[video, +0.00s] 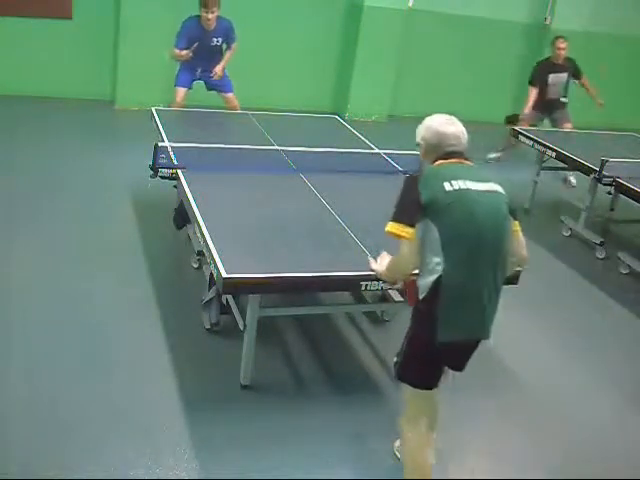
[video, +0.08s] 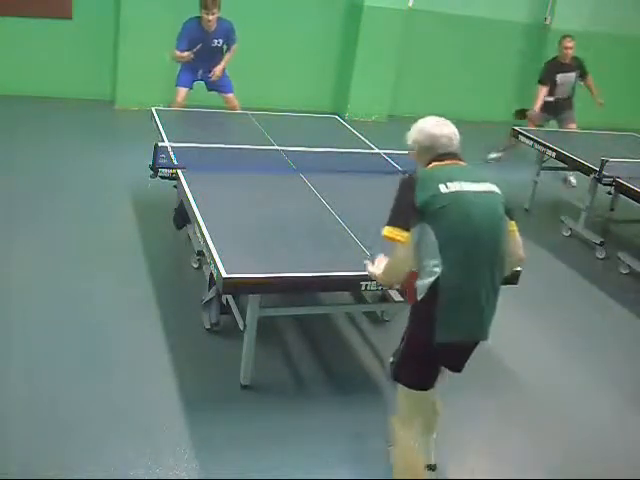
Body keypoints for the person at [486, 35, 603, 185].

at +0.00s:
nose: (561, 52)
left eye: (563, 49)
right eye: (558, 49)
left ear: (566, 50)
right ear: (553, 49)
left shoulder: (570, 65)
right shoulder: (541, 66)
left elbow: (583, 82)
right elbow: (533, 90)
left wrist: (596, 99)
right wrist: (526, 110)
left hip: (558, 106)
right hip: (540, 105)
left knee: (568, 133)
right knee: (520, 129)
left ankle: (569, 172)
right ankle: (502, 153)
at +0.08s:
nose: (568, 52)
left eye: (571, 48)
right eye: (565, 48)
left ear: (574, 49)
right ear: (560, 48)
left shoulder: (577, 64)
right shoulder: (551, 65)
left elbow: (586, 79)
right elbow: (543, 88)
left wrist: (596, 97)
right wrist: (535, 109)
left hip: (565, 105)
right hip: (547, 104)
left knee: (572, 135)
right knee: (526, 131)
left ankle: (569, 172)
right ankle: (503, 152)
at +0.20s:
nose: (581, 47)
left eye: (584, 44)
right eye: (578, 44)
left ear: (587, 45)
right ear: (573, 45)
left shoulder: (589, 61)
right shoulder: (565, 61)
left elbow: (593, 80)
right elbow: (564, 86)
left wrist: (601, 97)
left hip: (571, 104)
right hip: (553, 102)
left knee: (574, 135)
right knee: (531, 128)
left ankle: (569, 172)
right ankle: (506, 149)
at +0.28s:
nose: (585, 46)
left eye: (588, 42)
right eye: (582, 42)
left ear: (591, 44)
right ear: (576, 43)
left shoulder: (590, 59)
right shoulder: (568, 62)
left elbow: (590, 78)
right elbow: (569, 81)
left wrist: (601, 94)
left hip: (572, 102)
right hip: (554, 100)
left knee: (574, 134)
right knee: (532, 127)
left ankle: (569, 171)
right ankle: (509, 147)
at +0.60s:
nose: (579, 44)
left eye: (582, 41)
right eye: (576, 41)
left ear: (585, 44)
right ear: (570, 43)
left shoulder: (583, 60)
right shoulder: (560, 61)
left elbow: (580, 81)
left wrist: (580, 98)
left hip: (567, 104)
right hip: (548, 102)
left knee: (572, 135)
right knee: (529, 128)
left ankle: (570, 171)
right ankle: (512, 152)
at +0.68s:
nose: (576, 45)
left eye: (579, 43)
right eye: (573, 42)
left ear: (582, 45)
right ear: (566, 43)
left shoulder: (579, 61)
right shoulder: (555, 62)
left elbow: (577, 80)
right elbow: (554, 87)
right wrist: (578, 94)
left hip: (563, 105)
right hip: (544, 103)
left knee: (569, 135)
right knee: (527, 131)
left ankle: (569, 171)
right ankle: (511, 152)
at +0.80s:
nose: (573, 45)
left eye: (575, 42)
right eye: (570, 42)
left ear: (578, 45)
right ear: (563, 43)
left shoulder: (574, 61)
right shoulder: (549, 60)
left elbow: (568, 81)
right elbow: (541, 85)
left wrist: (566, 98)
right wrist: (559, 101)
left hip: (559, 101)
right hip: (541, 99)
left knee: (568, 132)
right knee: (526, 130)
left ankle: (570, 165)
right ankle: (511, 152)